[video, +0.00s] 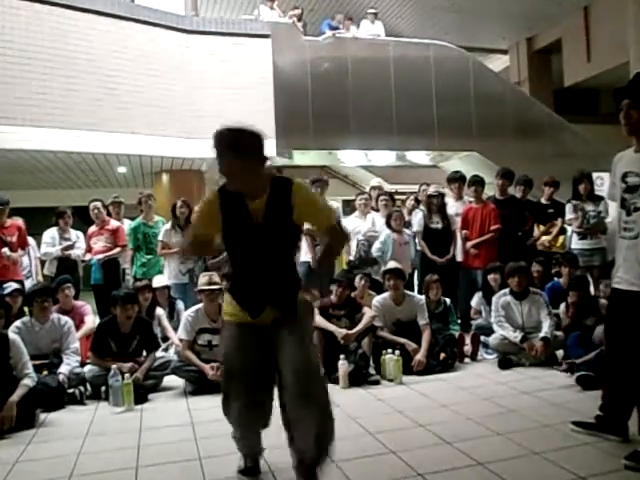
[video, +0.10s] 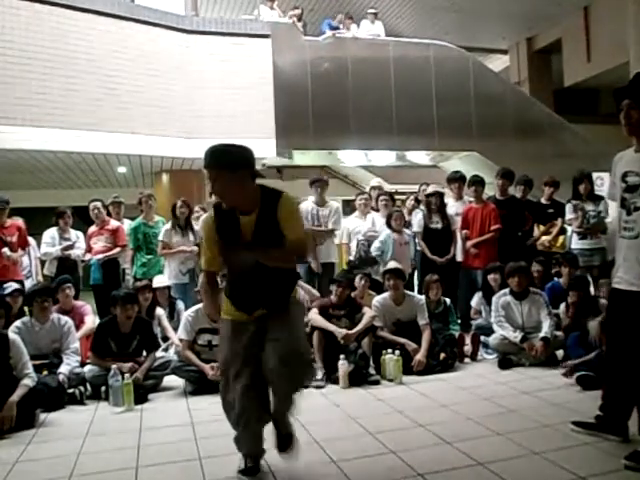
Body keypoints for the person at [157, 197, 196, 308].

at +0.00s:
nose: (182, 210)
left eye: (184, 207)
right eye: (179, 207)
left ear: (189, 210)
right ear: (175, 210)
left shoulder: (193, 228)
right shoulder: (168, 228)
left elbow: (199, 247)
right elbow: (160, 251)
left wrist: (189, 251)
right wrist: (177, 251)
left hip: (192, 273)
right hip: (174, 274)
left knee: (192, 307)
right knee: (179, 308)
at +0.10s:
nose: (182, 210)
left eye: (184, 207)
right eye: (179, 207)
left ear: (189, 210)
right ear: (175, 211)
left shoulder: (193, 229)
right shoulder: (168, 229)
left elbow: (200, 247)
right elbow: (161, 251)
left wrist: (195, 250)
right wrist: (180, 249)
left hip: (192, 272)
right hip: (175, 273)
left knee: (192, 306)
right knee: (179, 308)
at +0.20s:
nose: (182, 210)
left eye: (184, 207)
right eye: (179, 208)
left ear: (189, 210)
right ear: (175, 211)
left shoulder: (193, 229)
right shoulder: (168, 229)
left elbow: (199, 246)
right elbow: (160, 251)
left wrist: (195, 249)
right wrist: (180, 249)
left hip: (191, 271)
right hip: (175, 272)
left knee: (191, 306)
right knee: (179, 307)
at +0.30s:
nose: (181, 211)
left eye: (184, 207)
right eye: (179, 208)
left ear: (188, 210)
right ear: (175, 210)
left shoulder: (191, 228)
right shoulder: (168, 228)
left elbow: (198, 247)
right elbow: (161, 251)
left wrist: (192, 249)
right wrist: (181, 249)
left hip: (191, 273)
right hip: (175, 274)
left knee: (192, 308)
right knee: (179, 308)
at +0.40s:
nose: (182, 210)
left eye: (184, 207)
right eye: (179, 207)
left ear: (189, 210)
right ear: (174, 210)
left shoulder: (192, 228)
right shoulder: (168, 229)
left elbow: (198, 247)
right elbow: (161, 251)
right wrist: (181, 250)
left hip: (191, 272)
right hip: (175, 273)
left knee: (192, 306)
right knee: (179, 308)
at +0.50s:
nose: (182, 210)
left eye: (184, 207)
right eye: (179, 207)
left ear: (189, 210)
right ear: (174, 211)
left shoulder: (193, 229)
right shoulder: (168, 229)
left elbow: (198, 247)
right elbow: (161, 251)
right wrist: (180, 250)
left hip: (191, 272)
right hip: (175, 273)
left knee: (193, 307)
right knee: (180, 308)